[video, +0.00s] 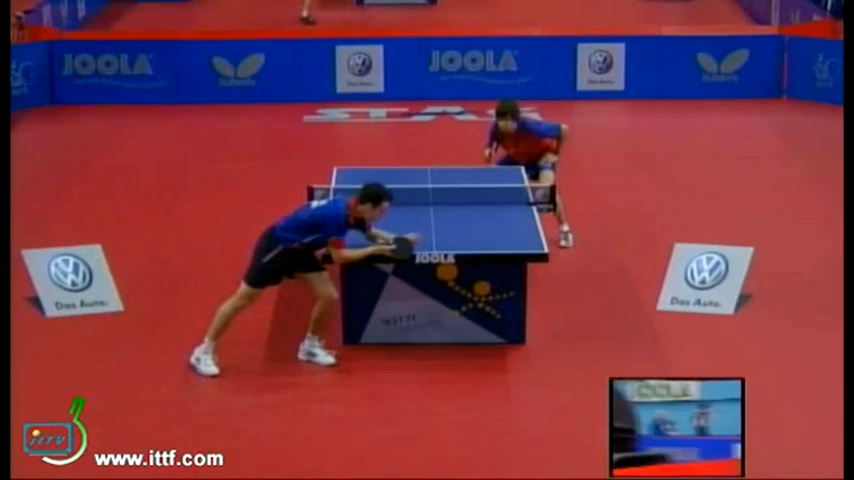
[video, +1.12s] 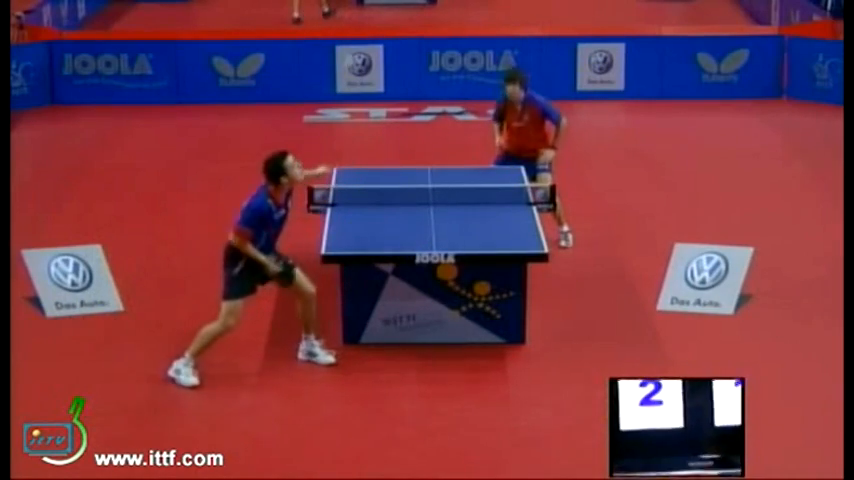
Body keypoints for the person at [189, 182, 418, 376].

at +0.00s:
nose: (380, 215)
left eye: (382, 211)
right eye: (379, 210)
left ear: (365, 206)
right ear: (363, 205)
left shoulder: (354, 215)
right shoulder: (336, 217)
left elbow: (369, 234)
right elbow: (337, 257)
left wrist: (395, 241)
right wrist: (375, 251)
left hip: (303, 250)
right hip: (275, 245)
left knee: (328, 296)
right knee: (243, 299)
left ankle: (311, 346)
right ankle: (205, 349)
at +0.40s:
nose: (368, 198)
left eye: (369, 193)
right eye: (366, 193)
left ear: (351, 190)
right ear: (349, 190)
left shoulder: (343, 198)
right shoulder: (327, 208)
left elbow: (371, 214)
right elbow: (339, 246)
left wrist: (406, 226)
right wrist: (374, 231)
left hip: (300, 251)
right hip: (274, 249)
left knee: (329, 297)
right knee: (244, 303)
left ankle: (311, 346)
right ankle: (199, 350)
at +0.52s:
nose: (358, 188)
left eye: (357, 184)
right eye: (354, 184)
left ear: (340, 183)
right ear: (337, 184)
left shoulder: (331, 191)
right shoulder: (318, 207)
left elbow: (370, 186)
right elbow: (337, 242)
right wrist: (369, 222)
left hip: (298, 252)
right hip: (273, 251)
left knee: (329, 297)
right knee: (242, 307)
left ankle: (311, 345)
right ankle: (196, 354)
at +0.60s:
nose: (348, 185)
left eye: (348, 179)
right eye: (344, 180)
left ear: (331, 180)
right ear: (328, 182)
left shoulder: (324, 188)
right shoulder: (309, 208)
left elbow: (364, 165)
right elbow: (327, 243)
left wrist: (396, 143)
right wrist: (356, 231)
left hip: (294, 253)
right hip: (269, 255)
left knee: (330, 297)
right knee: (243, 312)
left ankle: (310, 345)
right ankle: (194, 357)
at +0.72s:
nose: (332, 178)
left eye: (331, 174)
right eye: (327, 175)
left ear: (314, 181)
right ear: (313, 183)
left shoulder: (314, 191)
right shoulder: (297, 211)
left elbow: (341, 157)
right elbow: (301, 252)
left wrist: (372, 131)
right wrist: (334, 252)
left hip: (288, 257)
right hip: (263, 262)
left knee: (328, 297)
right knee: (242, 318)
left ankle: (311, 345)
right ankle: (192, 360)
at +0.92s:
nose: (309, 175)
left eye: (307, 169)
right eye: (304, 172)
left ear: (294, 180)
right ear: (292, 181)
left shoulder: (294, 192)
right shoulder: (274, 212)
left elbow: (310, 164)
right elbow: (260, 247)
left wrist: (339, 152)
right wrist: (296, 264)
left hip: (276, 256)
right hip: (252, 262)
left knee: (319, 294)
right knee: (237, 322)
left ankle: (310, 345)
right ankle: (187, 362)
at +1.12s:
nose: (301, 170)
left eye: (298, 166)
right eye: (295, 168)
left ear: (285, 180)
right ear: (282, 180)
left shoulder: (285, 190)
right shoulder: (259, 206)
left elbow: (297, 177)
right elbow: (238, 239)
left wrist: (315, 173)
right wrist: (267, 262)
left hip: (267, 252)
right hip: (242, 257)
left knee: (308, 292)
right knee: (228, 321)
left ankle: (309, 344)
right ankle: (184, 363)